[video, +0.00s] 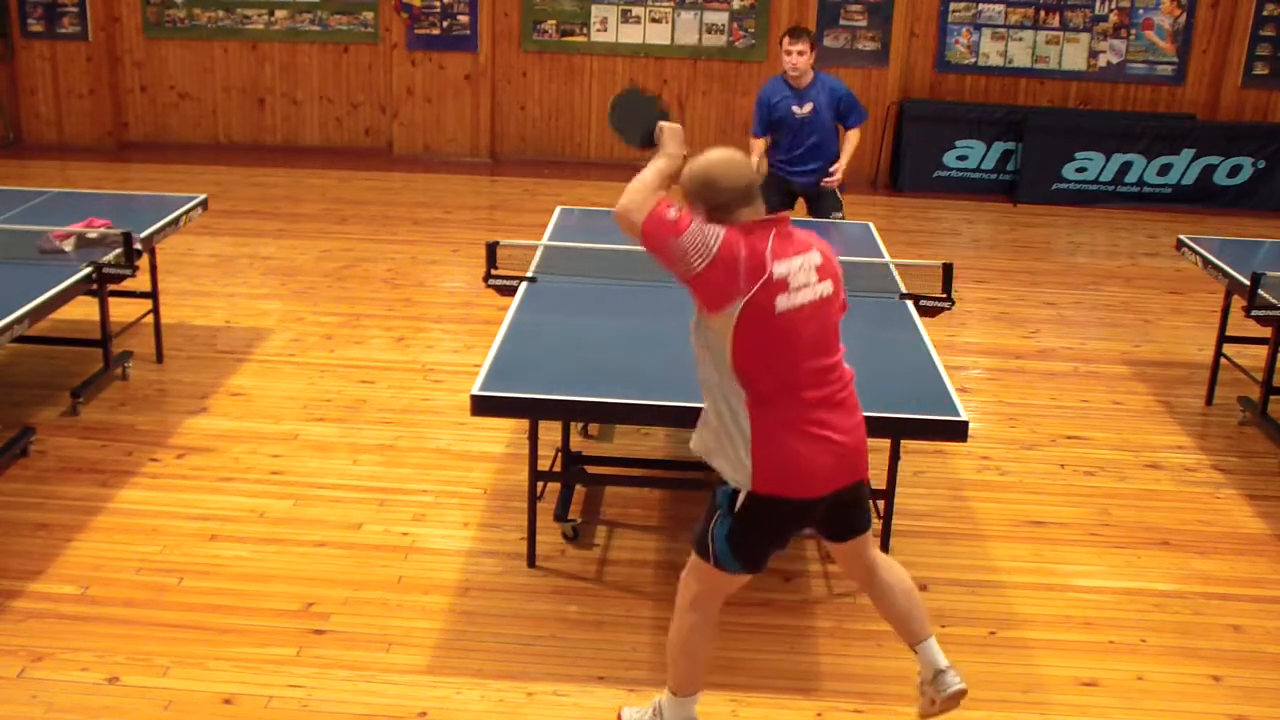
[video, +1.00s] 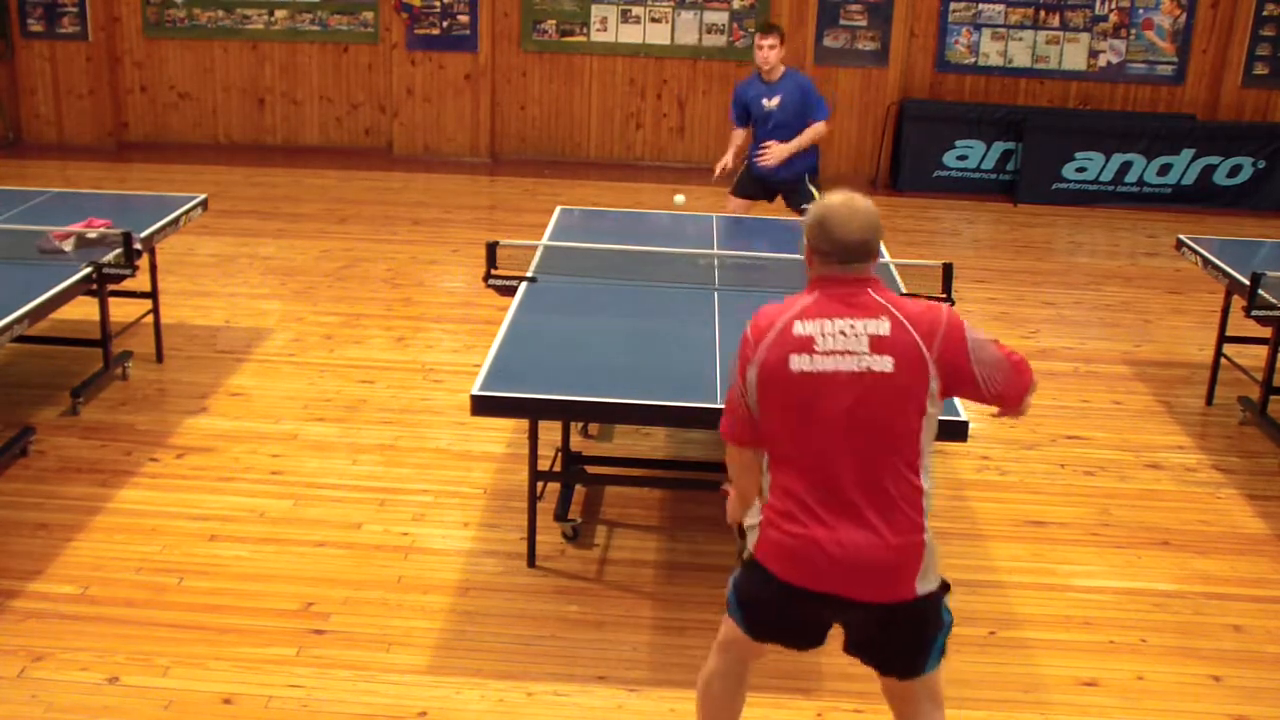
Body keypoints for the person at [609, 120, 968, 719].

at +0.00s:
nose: (682, 210)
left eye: (685, 202)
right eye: (680, 202)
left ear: (702, 212)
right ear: (758, 194)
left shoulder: (721, 256)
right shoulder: (816, 247)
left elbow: (631, 210)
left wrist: (667, 157)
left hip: (768, 478)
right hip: (846, 461)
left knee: (699, 594)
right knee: (868, 561)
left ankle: (676, 709)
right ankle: (937, 667)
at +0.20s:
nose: (733, 228)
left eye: (734, 220)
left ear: (740, 228)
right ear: (803, 217)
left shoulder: (745, 290)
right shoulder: (850, 284)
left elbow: (639, 279)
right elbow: (880, 347)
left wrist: (654, 211)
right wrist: (809, 346)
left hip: (769, 511)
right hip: (851, 508)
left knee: (692, 616)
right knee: (862, 603)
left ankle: (687, 716)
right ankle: (905, 712)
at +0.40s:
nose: (765, 235)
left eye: (767, 227)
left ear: (771, 235)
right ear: (834, 231)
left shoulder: (758, 310)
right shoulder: (887, 302)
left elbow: (681, 390)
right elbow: (919, 384)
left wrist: (657, 353)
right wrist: (852, 370)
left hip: (796, 526)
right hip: (890, 526)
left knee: (730, 638)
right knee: (905, 633)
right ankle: (925, 719)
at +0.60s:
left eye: (794, 241)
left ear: (798, 250)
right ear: (864, 248)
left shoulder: (770, 322)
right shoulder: (913, 319)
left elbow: (730, 429)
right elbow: (969, 391)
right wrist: (905, 355)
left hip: (800, 545)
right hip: (900, 546)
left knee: (732, 641)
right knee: (928, 659)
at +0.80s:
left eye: (787, 220)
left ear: (790, 227)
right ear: (859, 229)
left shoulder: (749, 288)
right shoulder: (897, 302)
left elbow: (726, 380)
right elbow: (994, 389)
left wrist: (721, 378)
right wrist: (994, 416)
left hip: (779, 530)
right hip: (882, 535)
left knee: (730, 645)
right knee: (923, 657)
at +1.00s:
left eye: (804, 245)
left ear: (809, 252)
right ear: (880, 252)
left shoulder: (768, 326)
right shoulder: (931, 325)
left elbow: (740, 436)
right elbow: (1015, 386)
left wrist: (744, 495)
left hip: (790, 558)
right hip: (894, 568)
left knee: (733, 647)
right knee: (917, 697)